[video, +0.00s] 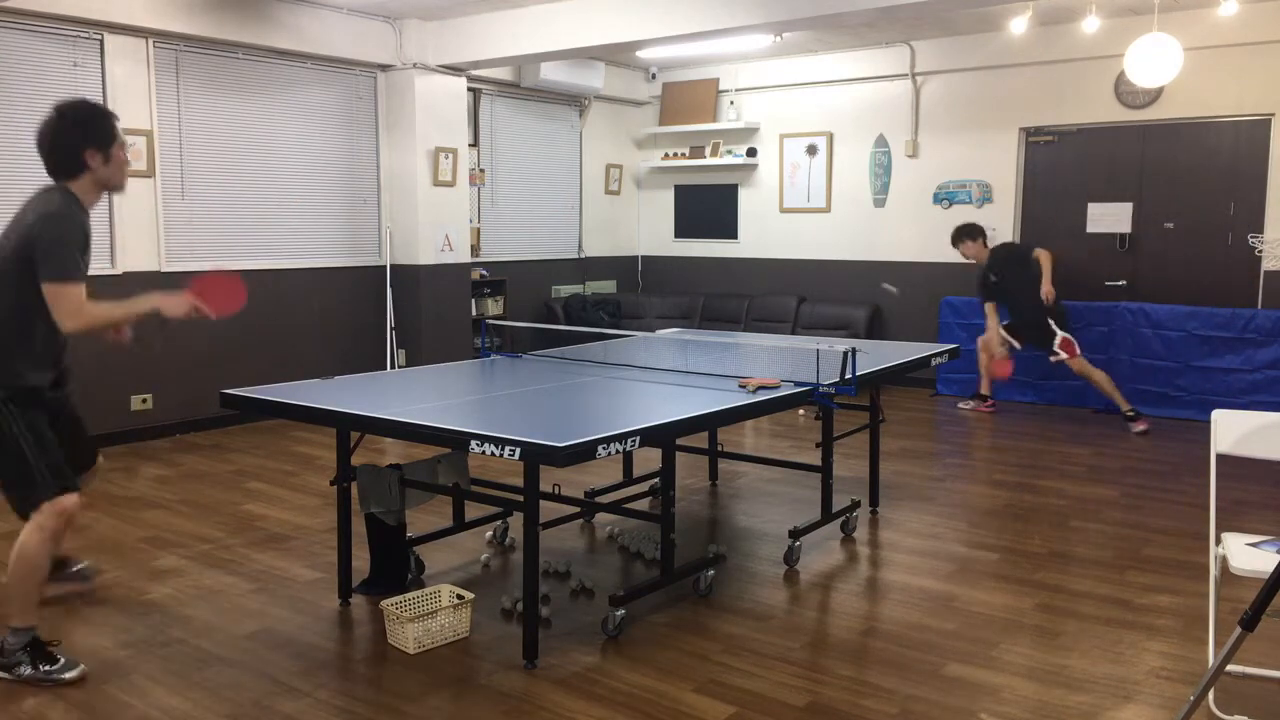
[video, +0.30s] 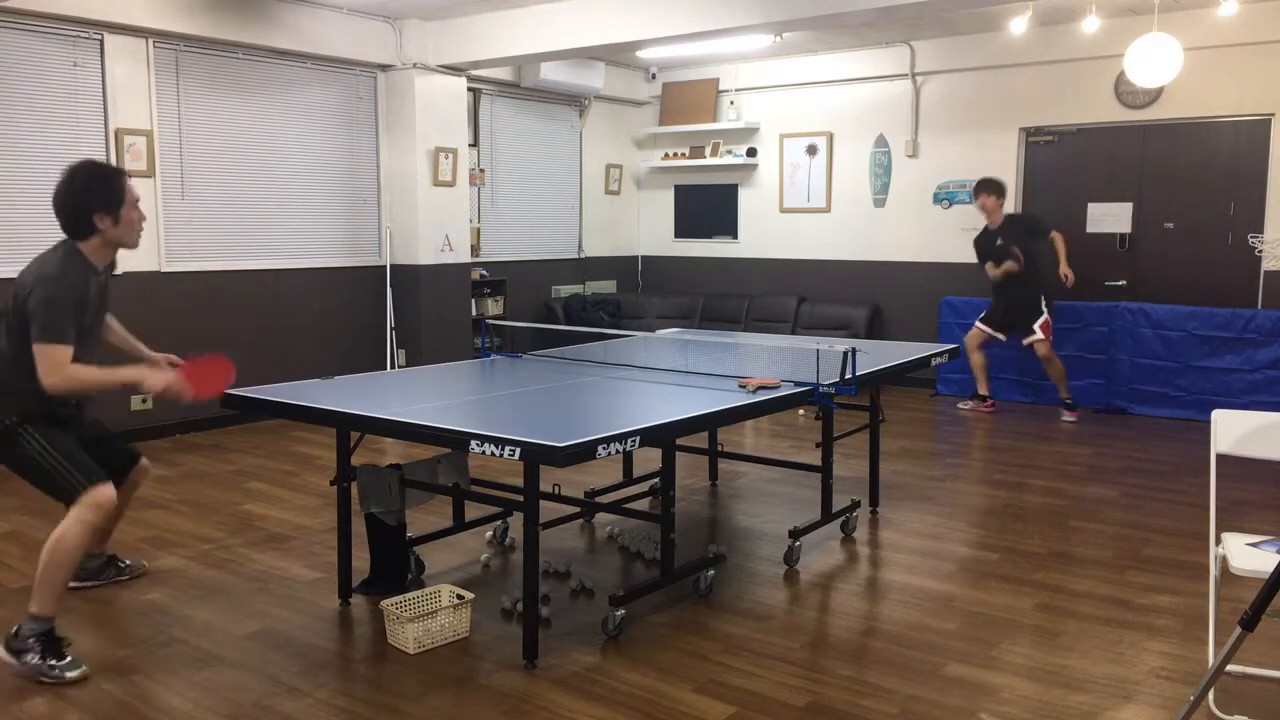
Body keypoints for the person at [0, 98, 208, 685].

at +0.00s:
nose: (128, 154)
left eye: (123, 144)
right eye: (119, 146)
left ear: (83, 159)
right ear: (92, 159)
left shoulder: (60, 209)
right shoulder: (58, 217)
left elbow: (51, 302)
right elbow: (72, 315)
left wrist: (105, 320)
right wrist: (156, 302)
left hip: (37, 380)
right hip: (13, 388)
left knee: (77, 463)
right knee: (55, 505)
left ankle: (45, 561)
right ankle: (14, 643)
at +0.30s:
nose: (142, 213)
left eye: (137, 202)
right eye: (132, 205)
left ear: (100, 218)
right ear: (101, 220)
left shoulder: (97, 263)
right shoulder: (56, 279)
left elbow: (94, 320)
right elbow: (54, 377)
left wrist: (146, 353)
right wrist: (136, 376)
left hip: (57, 407)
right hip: (16, 417)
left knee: (131, 470)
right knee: (95, 497)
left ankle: (88, 560)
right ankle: (32, 635)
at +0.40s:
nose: (142, 224)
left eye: (138, 213)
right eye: (132, 217)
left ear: (102, 230)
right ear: (100, 232)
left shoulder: (116, 271)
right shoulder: (47, 288)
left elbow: (119, 323)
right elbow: (34, 389)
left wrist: (160, 361)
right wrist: (112, 414)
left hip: (70, 404)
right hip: (20, 413)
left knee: (143, 470)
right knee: (90, 486)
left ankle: (91, 559)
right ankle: (49, 633)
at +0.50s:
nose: (136, 243)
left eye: (132, 232)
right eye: (126, 237)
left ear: (96, 252)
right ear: (92, 253)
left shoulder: (120, 292)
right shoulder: (35, 310)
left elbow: (133, 339)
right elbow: (11, 407)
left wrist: (156, 373)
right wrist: (61, 463)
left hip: (78, 420)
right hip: (27, 424)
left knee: (154, 483)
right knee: (88, 502)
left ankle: (91, 555)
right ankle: (48, 639)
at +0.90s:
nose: (76, 241)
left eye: (74, 229)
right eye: (62, 233)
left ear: (76, 227)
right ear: (22, 249)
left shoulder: (95, 271)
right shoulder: (7, 306)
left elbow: (133, 290)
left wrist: (178, 322)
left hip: (87, 417)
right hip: (28, 425)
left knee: (140, 494)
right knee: (110, 512)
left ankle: (102, 554)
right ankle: (45, 640)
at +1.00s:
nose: (61, 189)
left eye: (60, 176)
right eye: (45, 182)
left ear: (61, 175)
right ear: (10, 200)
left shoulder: (46, 239)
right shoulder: (21, 257)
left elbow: (76, 304)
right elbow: (73, 348)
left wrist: (118, 304)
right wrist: (143, 322)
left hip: (81, 394)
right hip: (47, 409)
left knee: (144, 467)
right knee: (121, 517)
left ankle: (105, 558)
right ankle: (45, 642)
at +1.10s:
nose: (61, 157)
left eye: (56, 147)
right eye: (48, 152)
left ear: (18, 170)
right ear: (14, 170)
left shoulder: (27, 212)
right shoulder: (29, 207)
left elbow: (53, 282)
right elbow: (116, 162)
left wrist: (107, 251)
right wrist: (87, 138)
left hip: (66, 394)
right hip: (52, 402)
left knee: (118, 475)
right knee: (146, 514)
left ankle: (62, 565)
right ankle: (42, 630)